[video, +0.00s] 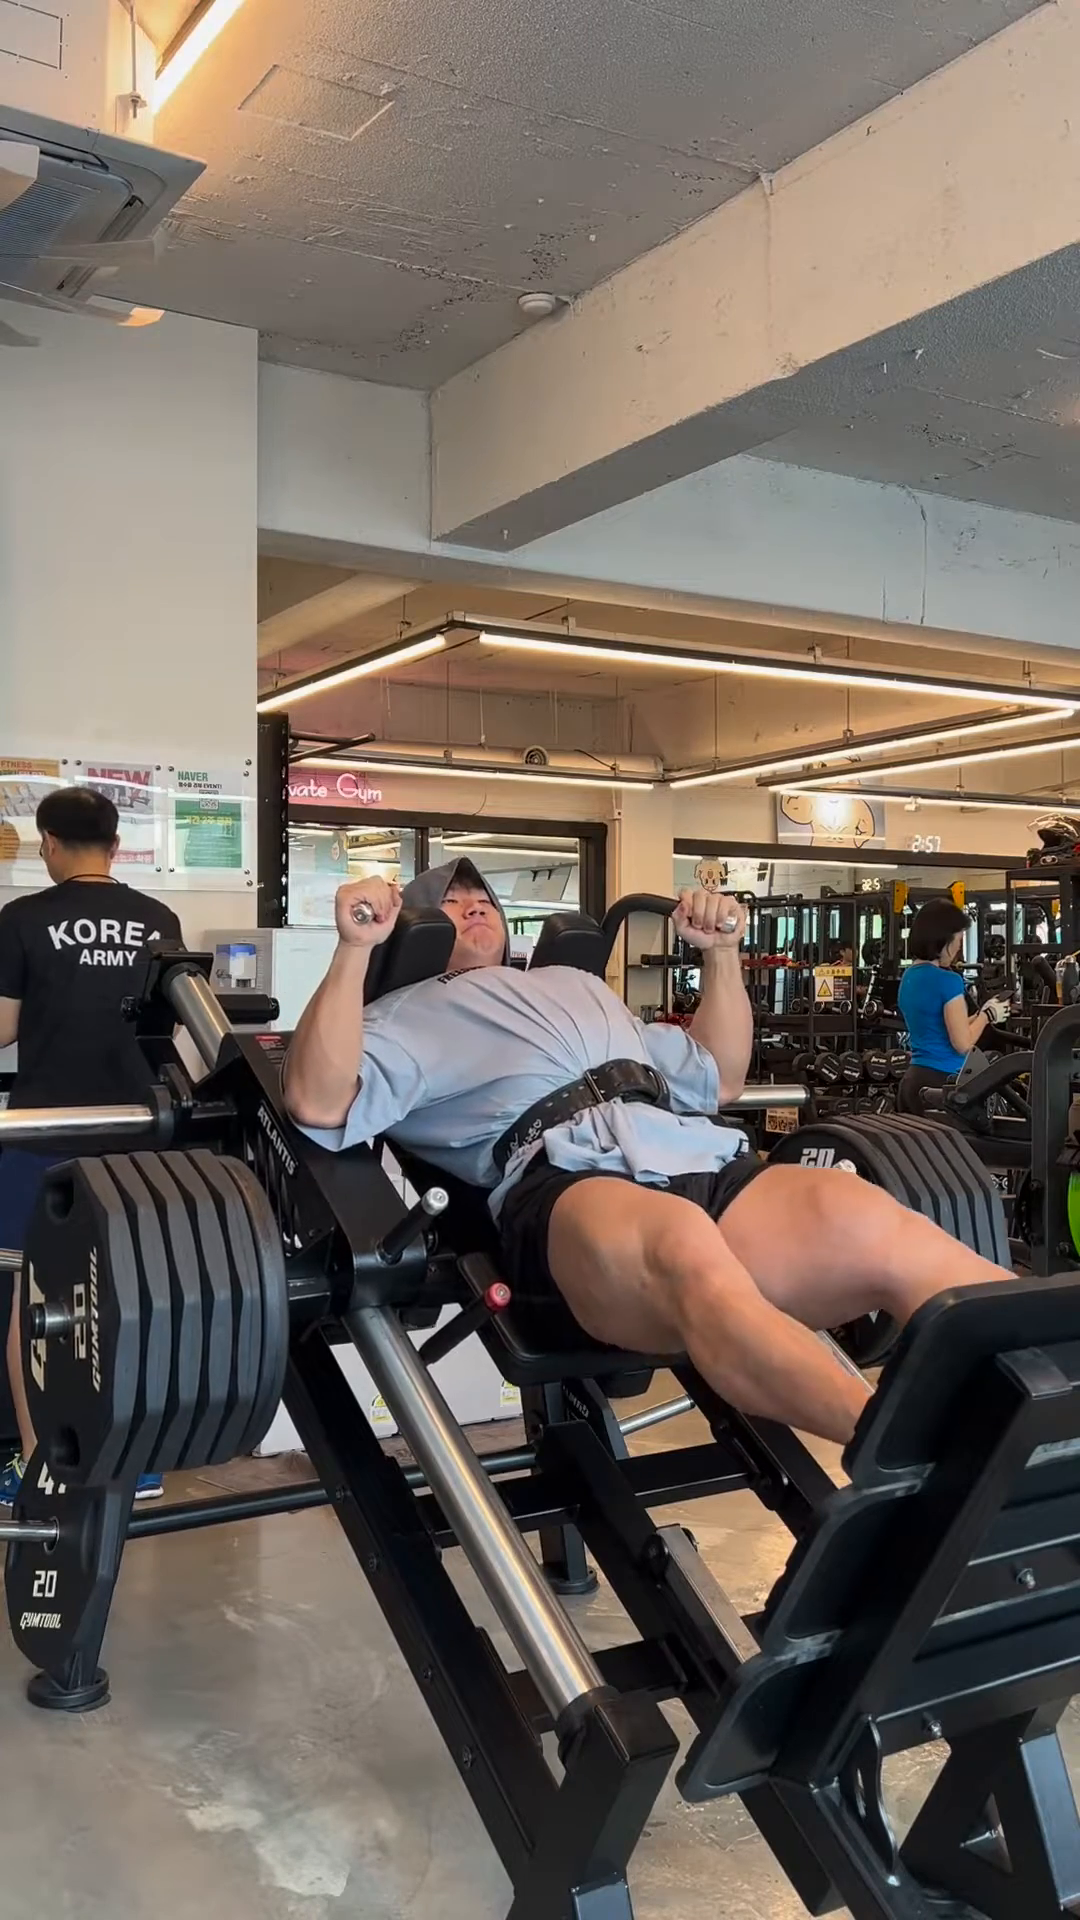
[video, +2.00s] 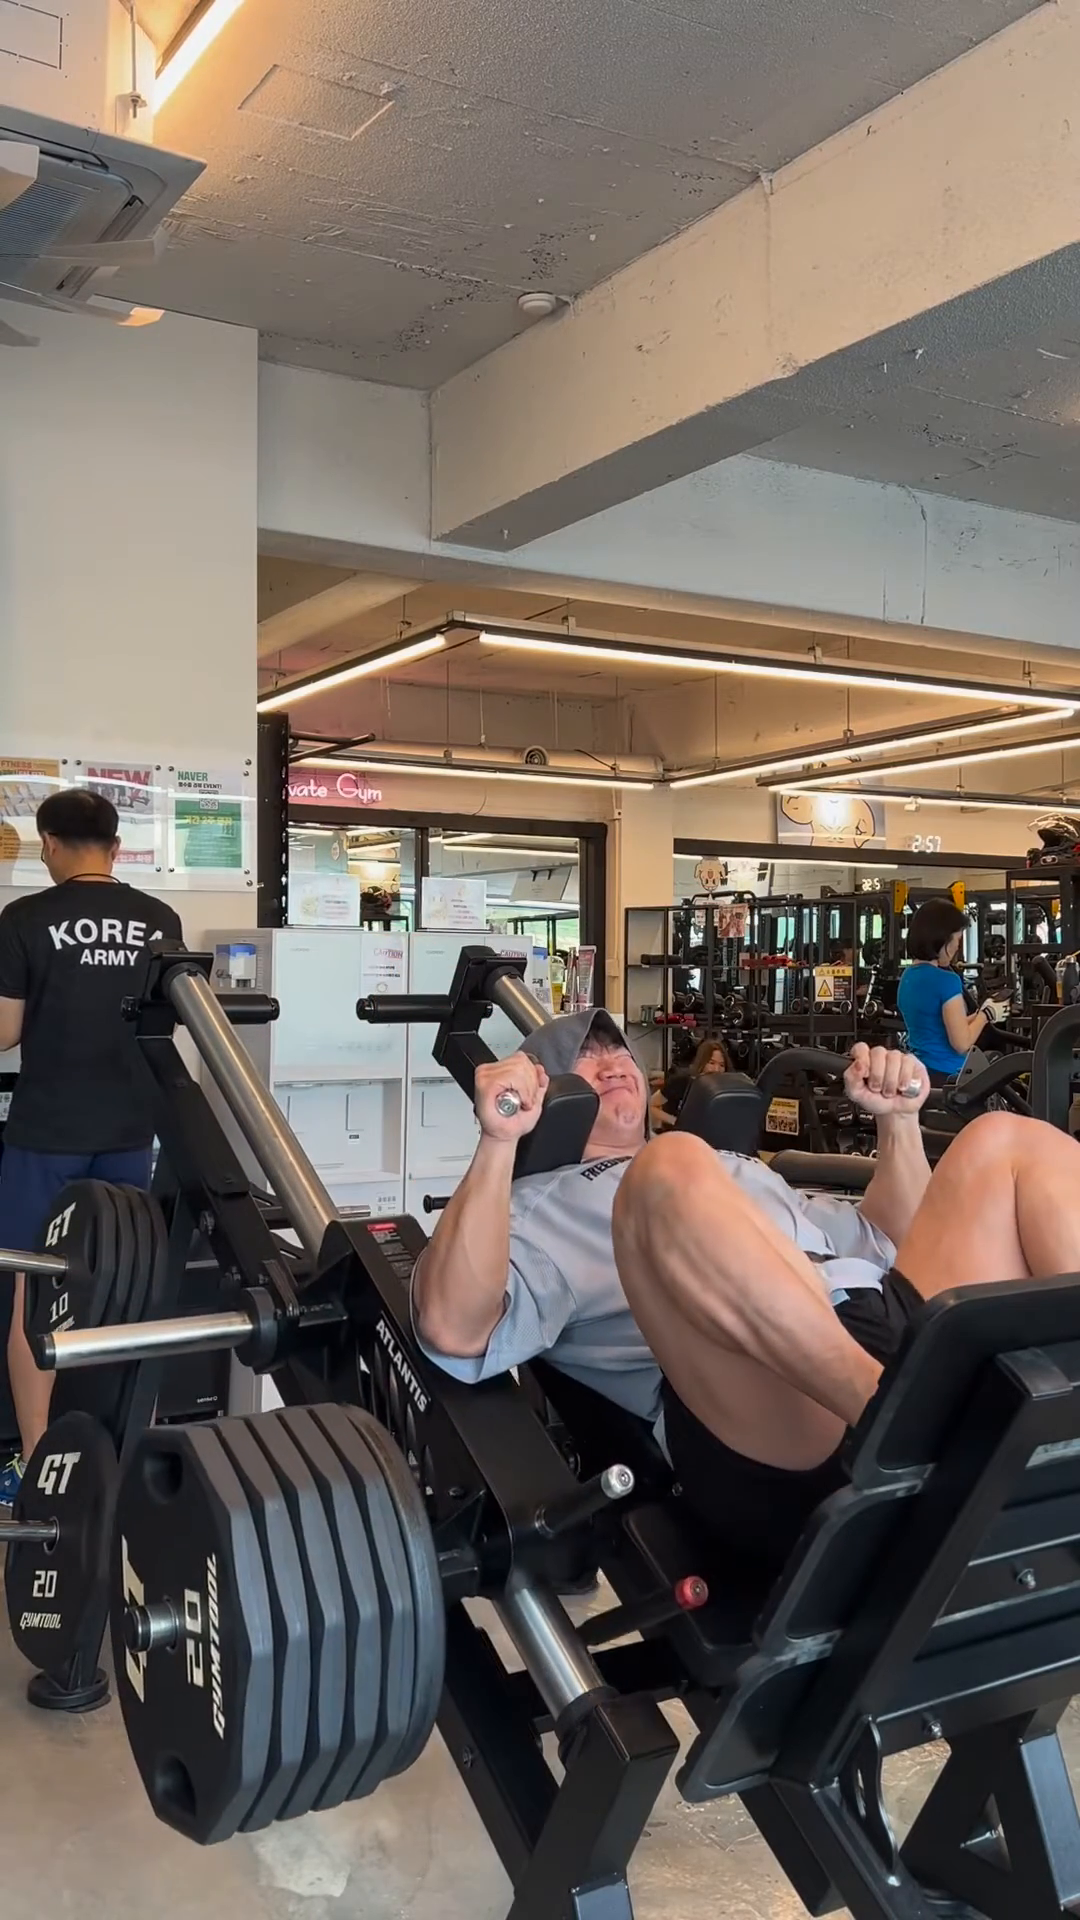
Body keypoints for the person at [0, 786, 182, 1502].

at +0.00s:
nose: (47, 855)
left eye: (44, 844)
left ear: (47, 845)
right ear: (115, 847)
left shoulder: (23, 918)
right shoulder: (159, 917)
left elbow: (5, 1027)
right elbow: (178, 1021)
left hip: (41, 1134)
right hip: (135, 1135)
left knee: (24, 1295)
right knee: (134, 1293)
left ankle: (35, 1455)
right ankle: (138, 1462)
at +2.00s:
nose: (49, 858)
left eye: (46, 848)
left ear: (49, 846)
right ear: (116, 848)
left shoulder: (27, 918)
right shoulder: (161, 918)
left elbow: (7, 1030)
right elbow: (173, 1020)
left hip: (47, 1131)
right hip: (135, 1131)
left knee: (28, 1298)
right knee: (121, 1287)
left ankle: (41, 1463)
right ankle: (124, 1449)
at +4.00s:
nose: (48, 857)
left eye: (45, 847)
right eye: (52, 847)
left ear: (50, 846)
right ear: (116, 847)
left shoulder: (29, 920)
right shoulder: (164, 920)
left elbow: (8, 1031)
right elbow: (174, 1024)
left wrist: (60, 1020)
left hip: (49, 1132)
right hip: (138, 1133)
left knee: (32, 1298)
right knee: (127, 1294)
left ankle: (39, 1461)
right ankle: (126, 1454)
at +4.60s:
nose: (53, 858)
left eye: (49, 847)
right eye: (62, 848)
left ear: (51, 846)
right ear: (119, 847)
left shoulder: (28, 919)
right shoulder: (164, 920)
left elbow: (9, 1033)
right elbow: (171, 1022)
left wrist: (63, 1014)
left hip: (48, 1133)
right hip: (144, 1132)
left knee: (22, 1300)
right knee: (133, 1293)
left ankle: (37, 1454)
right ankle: (131, 1449)